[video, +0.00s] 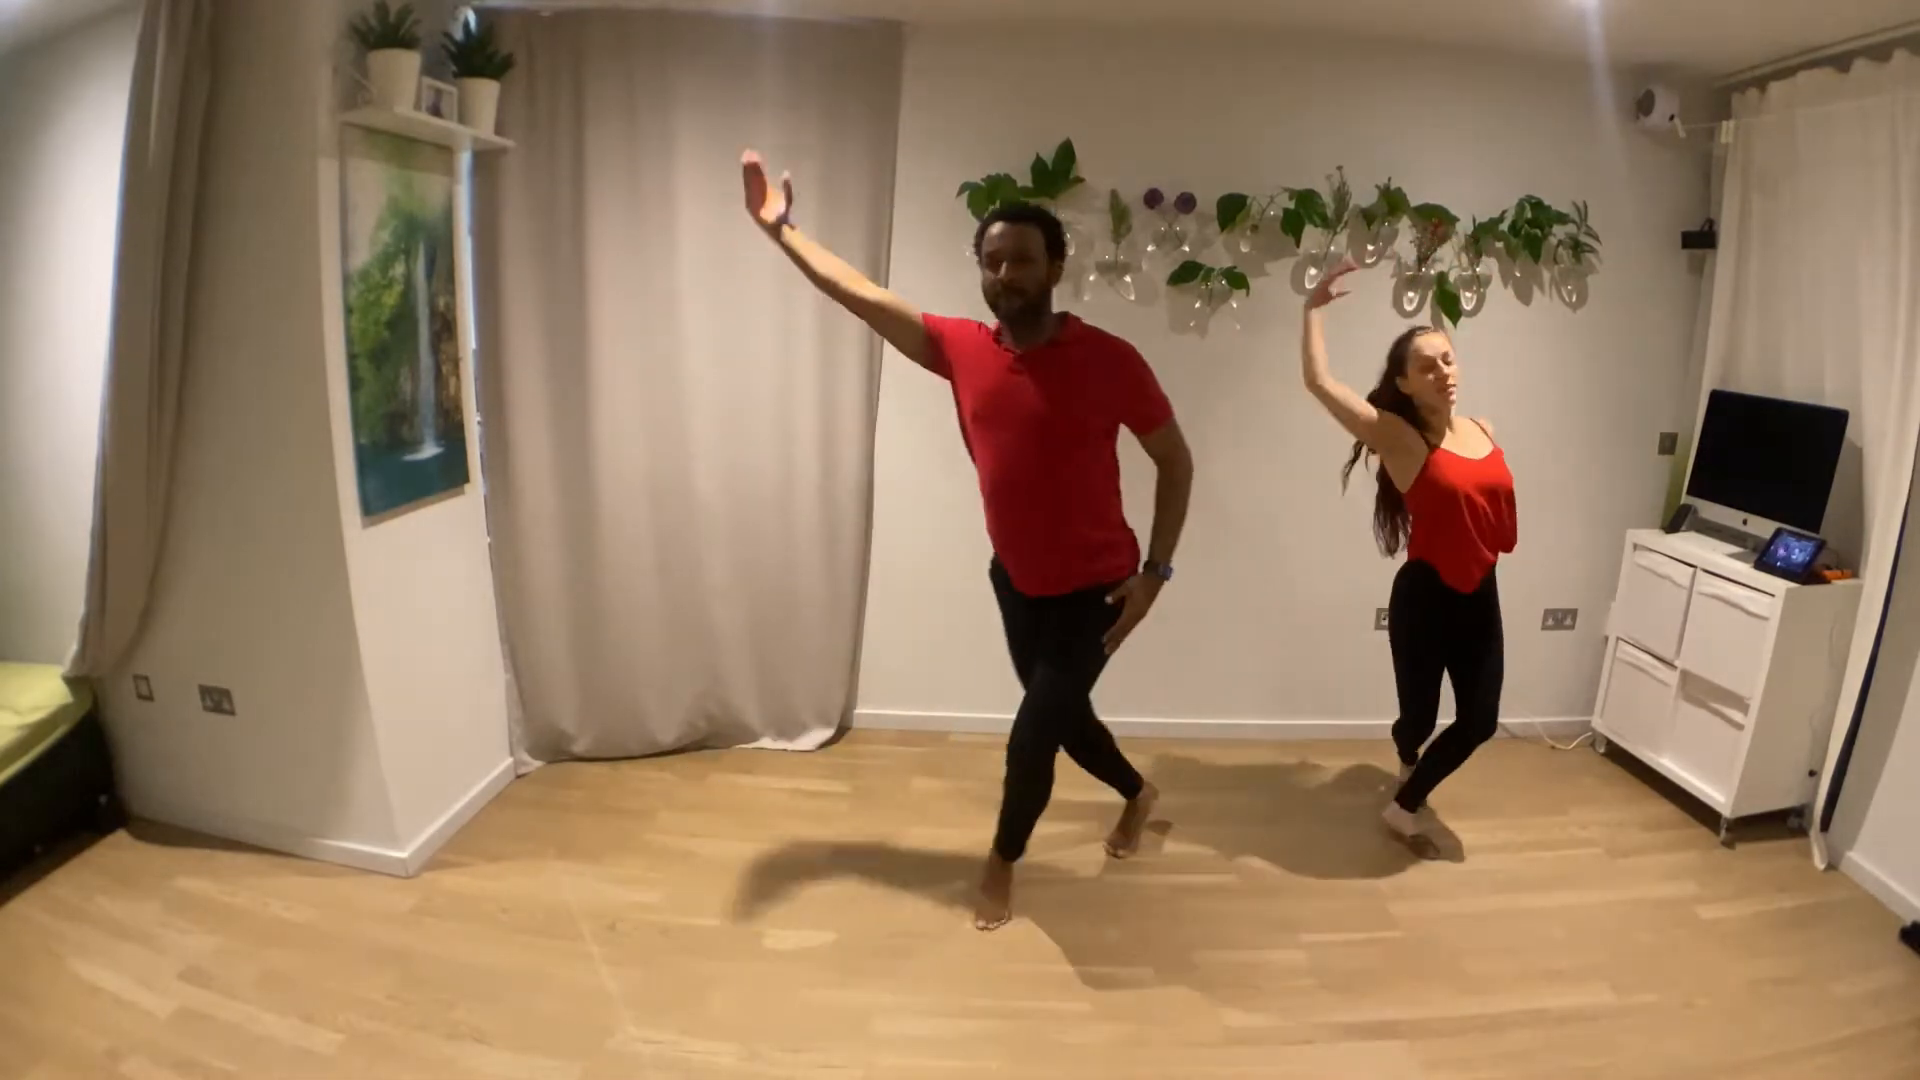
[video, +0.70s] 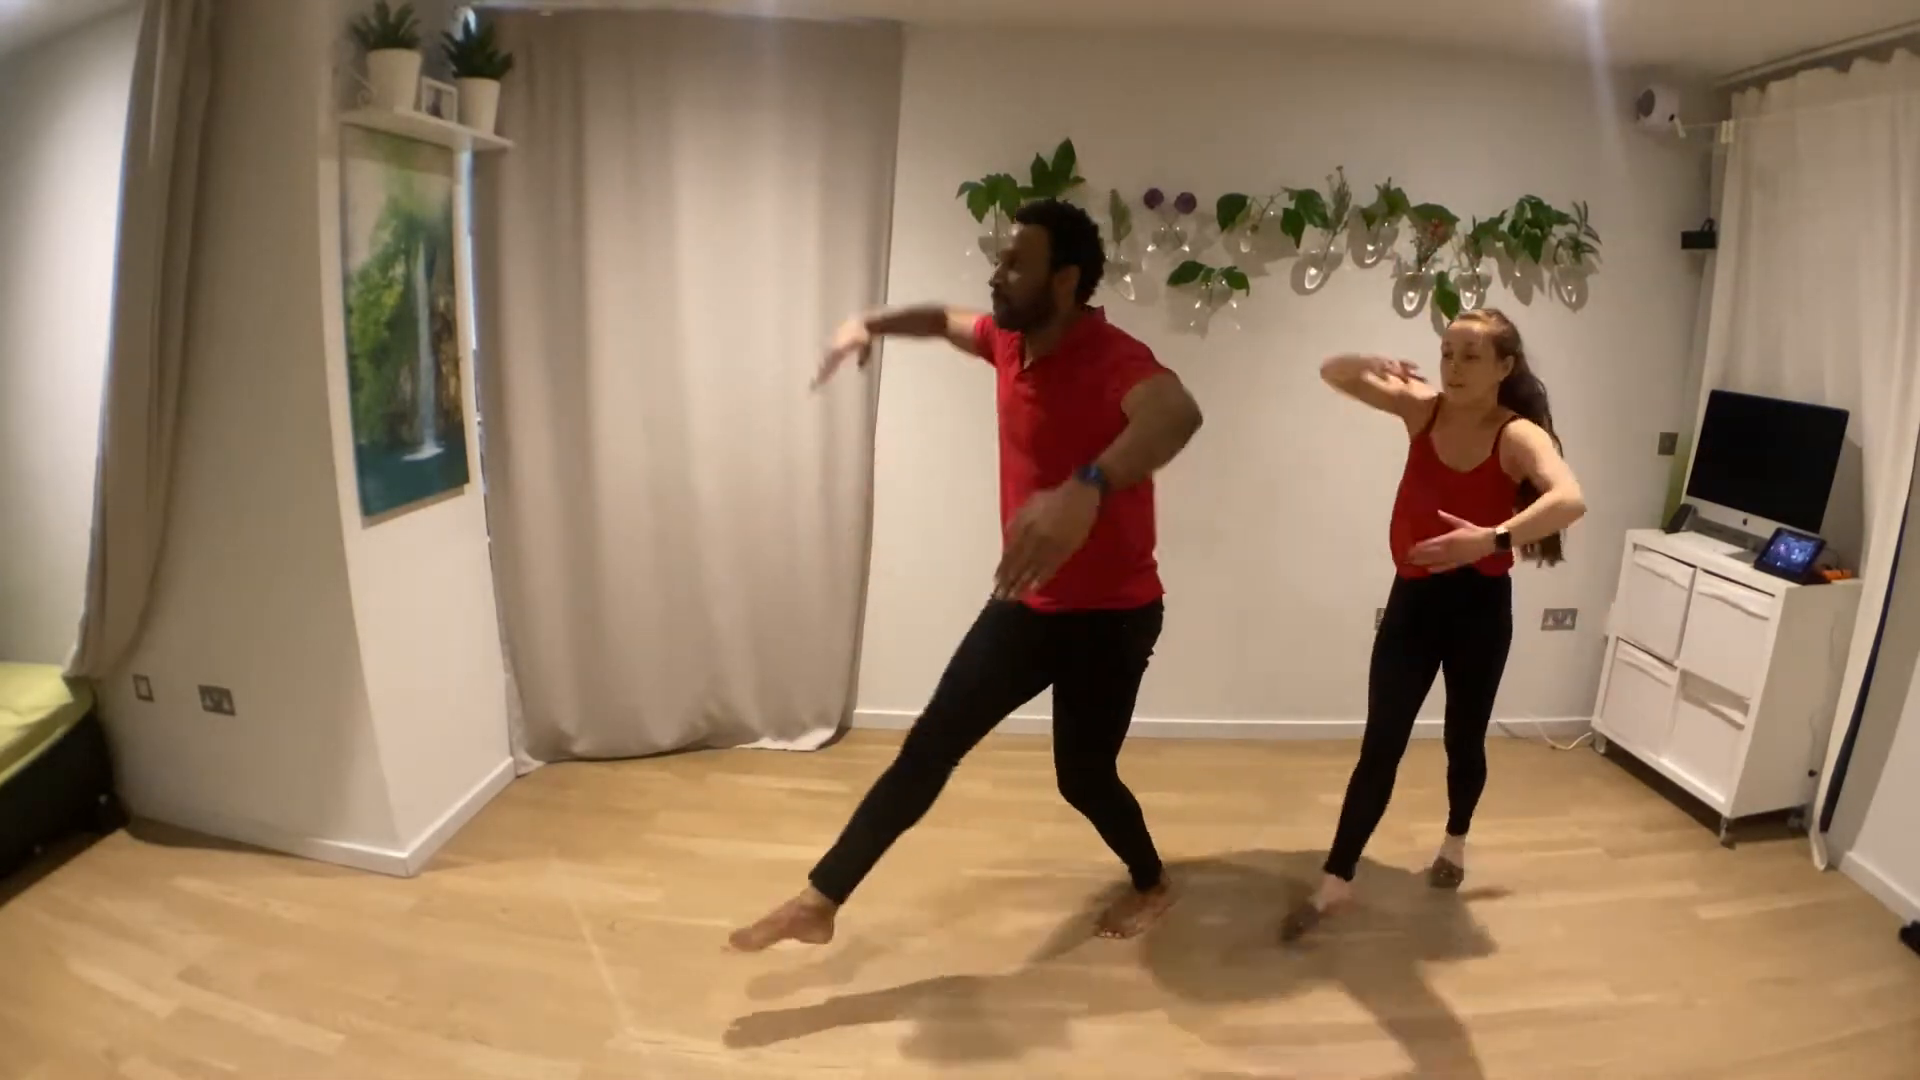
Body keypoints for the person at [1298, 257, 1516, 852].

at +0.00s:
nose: (1445, 371)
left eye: (1449, 359)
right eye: (1428, 365)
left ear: (1459, 367)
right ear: (1403, 385)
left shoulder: (1476, 430)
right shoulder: (1396, 438)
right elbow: (1320, 381)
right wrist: (1314, 306)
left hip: (1478, 592)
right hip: (1422, 593)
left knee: (1478, 721)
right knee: (1419, 721)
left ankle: (1403, 808)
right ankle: (1410, 760)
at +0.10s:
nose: (1448, 382)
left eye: (1458, 369)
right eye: (1435, 373)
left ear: (1476, 373)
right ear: (1418, 383)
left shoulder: (1499, 432)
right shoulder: (1401, 439)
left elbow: (1491, 501)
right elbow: (1308, 437)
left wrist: (1489, 554)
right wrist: (1277, 368)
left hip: (1479, 597)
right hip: (1421, 596)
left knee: (1491, 723)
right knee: (1423, 708)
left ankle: (1419, 801)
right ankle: (1420, 768)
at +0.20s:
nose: (1449, 390)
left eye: (1462, 379)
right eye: (1440, 379)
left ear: (1488, 384)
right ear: (1430, 384)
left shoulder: (1516, 444)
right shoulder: (1410, 453)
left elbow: (1549, 486)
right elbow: (1331, 507)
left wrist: (1571, 545)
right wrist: (1255, 484)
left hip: (1480, 598)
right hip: (1419, 595)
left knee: (1488, 730)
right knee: (1421, 707)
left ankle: (1447, 825)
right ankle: (1415, 767)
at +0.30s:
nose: (1453, 392)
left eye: (1467, 382)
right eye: (1446, 380)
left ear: (1497, 388)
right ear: (1438, 384)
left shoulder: (1523, 456)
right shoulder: (1416, 459)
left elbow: (1564, 525)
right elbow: (1376, 550)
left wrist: (1608, 587)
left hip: (1482, 606)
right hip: (1418, 602)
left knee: (1478, 735)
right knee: (1421, 709)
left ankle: (1451, 841)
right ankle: (1416, 768)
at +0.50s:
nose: (1465, 381)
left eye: (1480, 371)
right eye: (1459, 370)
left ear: (1513, 380)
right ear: (1451, 374)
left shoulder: (1534, 455)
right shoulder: (1429, 441)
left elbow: (1525, 541)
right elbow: (1408, 514)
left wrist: (1497, 583)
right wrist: (1425, 549)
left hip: (1489, 607)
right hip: (1426, 600)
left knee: (1473, 743)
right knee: (1390, 740)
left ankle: (1451, 842)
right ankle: (1417, 795)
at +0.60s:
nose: (1462, 372)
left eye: (1478, 363)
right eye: (1456, 361)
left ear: (1510, 374)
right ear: (1447, 366)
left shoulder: (1526, 445)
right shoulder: (1428, 422)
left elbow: (1544, 535)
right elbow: (1365, 461)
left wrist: (1473, 552)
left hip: (1489, 607)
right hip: (1424, 598)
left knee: (1470, 740)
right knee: (1382, 730)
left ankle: (1453, 843)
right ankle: (1373, 859)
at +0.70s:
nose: (1453, 367)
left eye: (1470, 357)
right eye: (1448, 355)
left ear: (1504, 367)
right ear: (1439, 360)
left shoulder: (1518, 436)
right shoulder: (1422, 408)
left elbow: (1570, 500)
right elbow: (1334, 373)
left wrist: (1488, 536)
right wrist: (1376, 366)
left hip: (1479, 608)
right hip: (1412, 601)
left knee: (1463, 739)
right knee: (1380, 744)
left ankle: (1455, 838)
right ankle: (1335, 881)